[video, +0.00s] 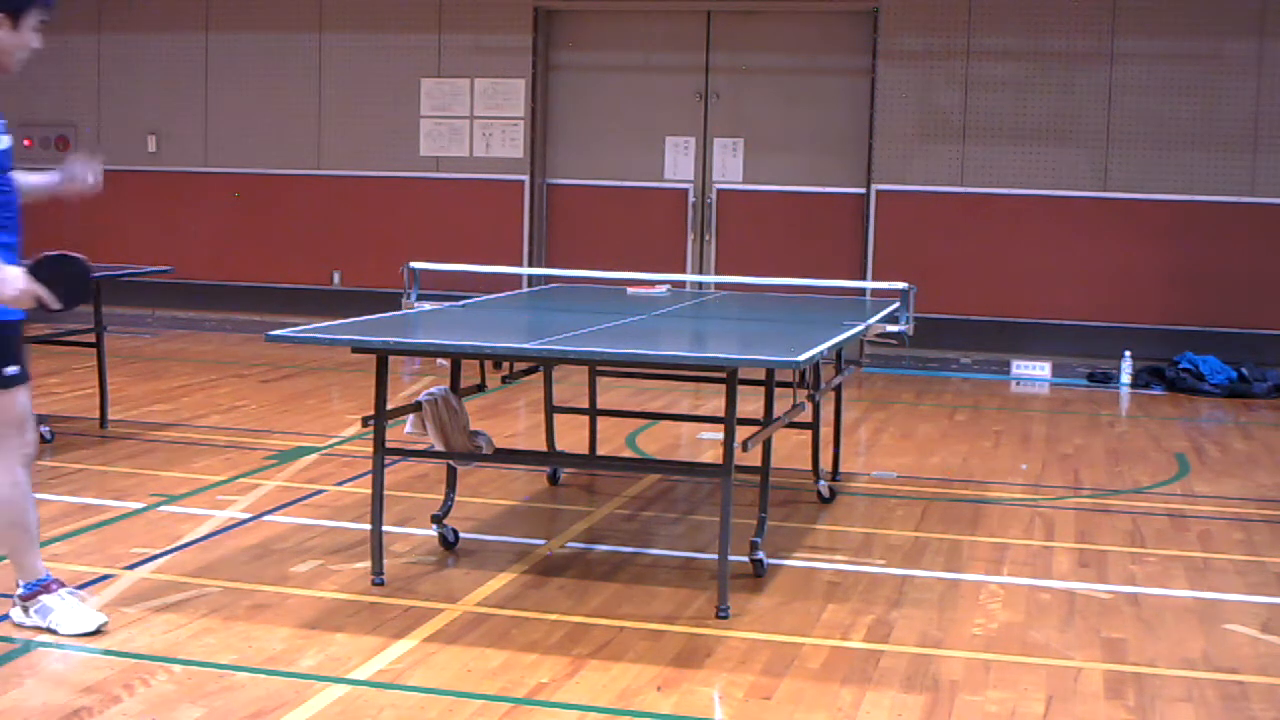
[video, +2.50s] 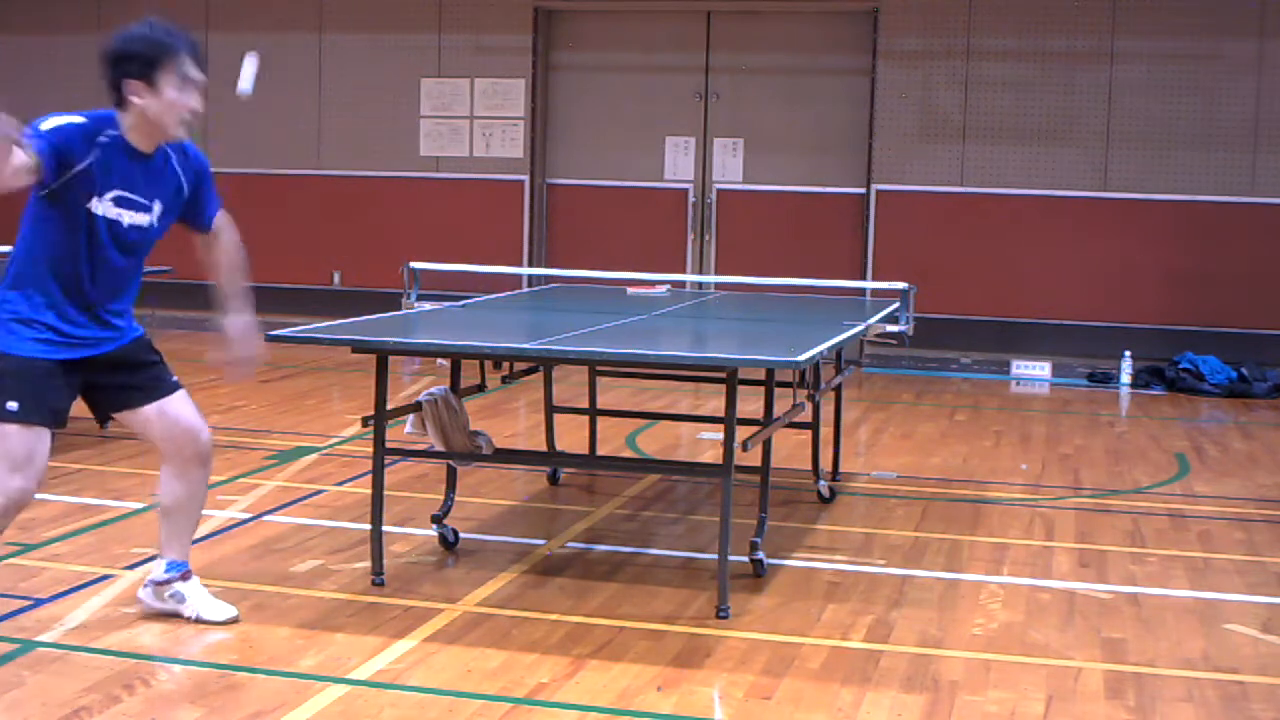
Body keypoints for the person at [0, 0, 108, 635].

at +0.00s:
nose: (38, 42)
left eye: (40, 29)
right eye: (33, 26)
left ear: (12, 30)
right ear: (4, 25)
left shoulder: (4, 111)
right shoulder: (3, 110)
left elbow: (3, 183)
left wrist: (59, 180)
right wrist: (2, 274)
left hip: (8, 305)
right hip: (1, 310)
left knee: (18, 441)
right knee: (16, 443)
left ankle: (30, 584)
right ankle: (32, 586)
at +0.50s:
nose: (161, 48)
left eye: (165, 36)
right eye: (156, 33)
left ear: (121, 29)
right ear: (114, 26)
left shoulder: (123, 96)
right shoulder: (54, 91)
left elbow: (137, 184)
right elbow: (29, 196)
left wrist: (202, 192)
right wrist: (121, 226)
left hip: (106, 294)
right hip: (43, 297)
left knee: (135, 433)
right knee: (50, 440)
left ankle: (160, 577)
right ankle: (36, 591)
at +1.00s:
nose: (278, 76)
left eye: (283, 63)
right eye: (270, 60)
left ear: (244, 59)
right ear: (228, 53)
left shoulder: (245, 126)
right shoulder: (162, 105)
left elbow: (260, 224)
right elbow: (150, 211)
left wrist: (330, 221)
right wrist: (247, 234)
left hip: (162, 298)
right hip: (95, 291)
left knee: (171, 438)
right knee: (73, 437)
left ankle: (166, 582)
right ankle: (27, 581)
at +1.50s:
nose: (300, 96)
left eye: (306, 83)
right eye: (294, 80)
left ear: (263, 75)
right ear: (250, 69)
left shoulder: (269, 145)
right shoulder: (185, 118)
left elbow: (295, 235)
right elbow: (186, 226)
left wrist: (371, 238)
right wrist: (289, 248)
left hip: (160, 300)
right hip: (91, 286)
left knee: (170, 440)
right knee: (37, 432)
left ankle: (164, 582)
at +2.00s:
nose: (227, 73)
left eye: (228, 59)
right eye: (216, 58)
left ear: (182, 66)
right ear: (170, 63)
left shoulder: (208, 123)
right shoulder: (112, 125)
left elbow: (293, 157)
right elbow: (123, 234)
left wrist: (380, 157)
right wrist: (221, 220)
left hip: (122, 311)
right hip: (47, 311)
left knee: (168, 436)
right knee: (15, 454)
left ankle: (166, 582)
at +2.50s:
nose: (197, 103)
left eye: (197, 88)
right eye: (183, 87)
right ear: (136, 92)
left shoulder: (186, 166)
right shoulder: (74, 136)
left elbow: (219, 234)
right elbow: (9, 174)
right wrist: (14, 154)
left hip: (110, 331)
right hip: (30, 328)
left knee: (191, 441)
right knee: (16, 483)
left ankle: (169, 578)